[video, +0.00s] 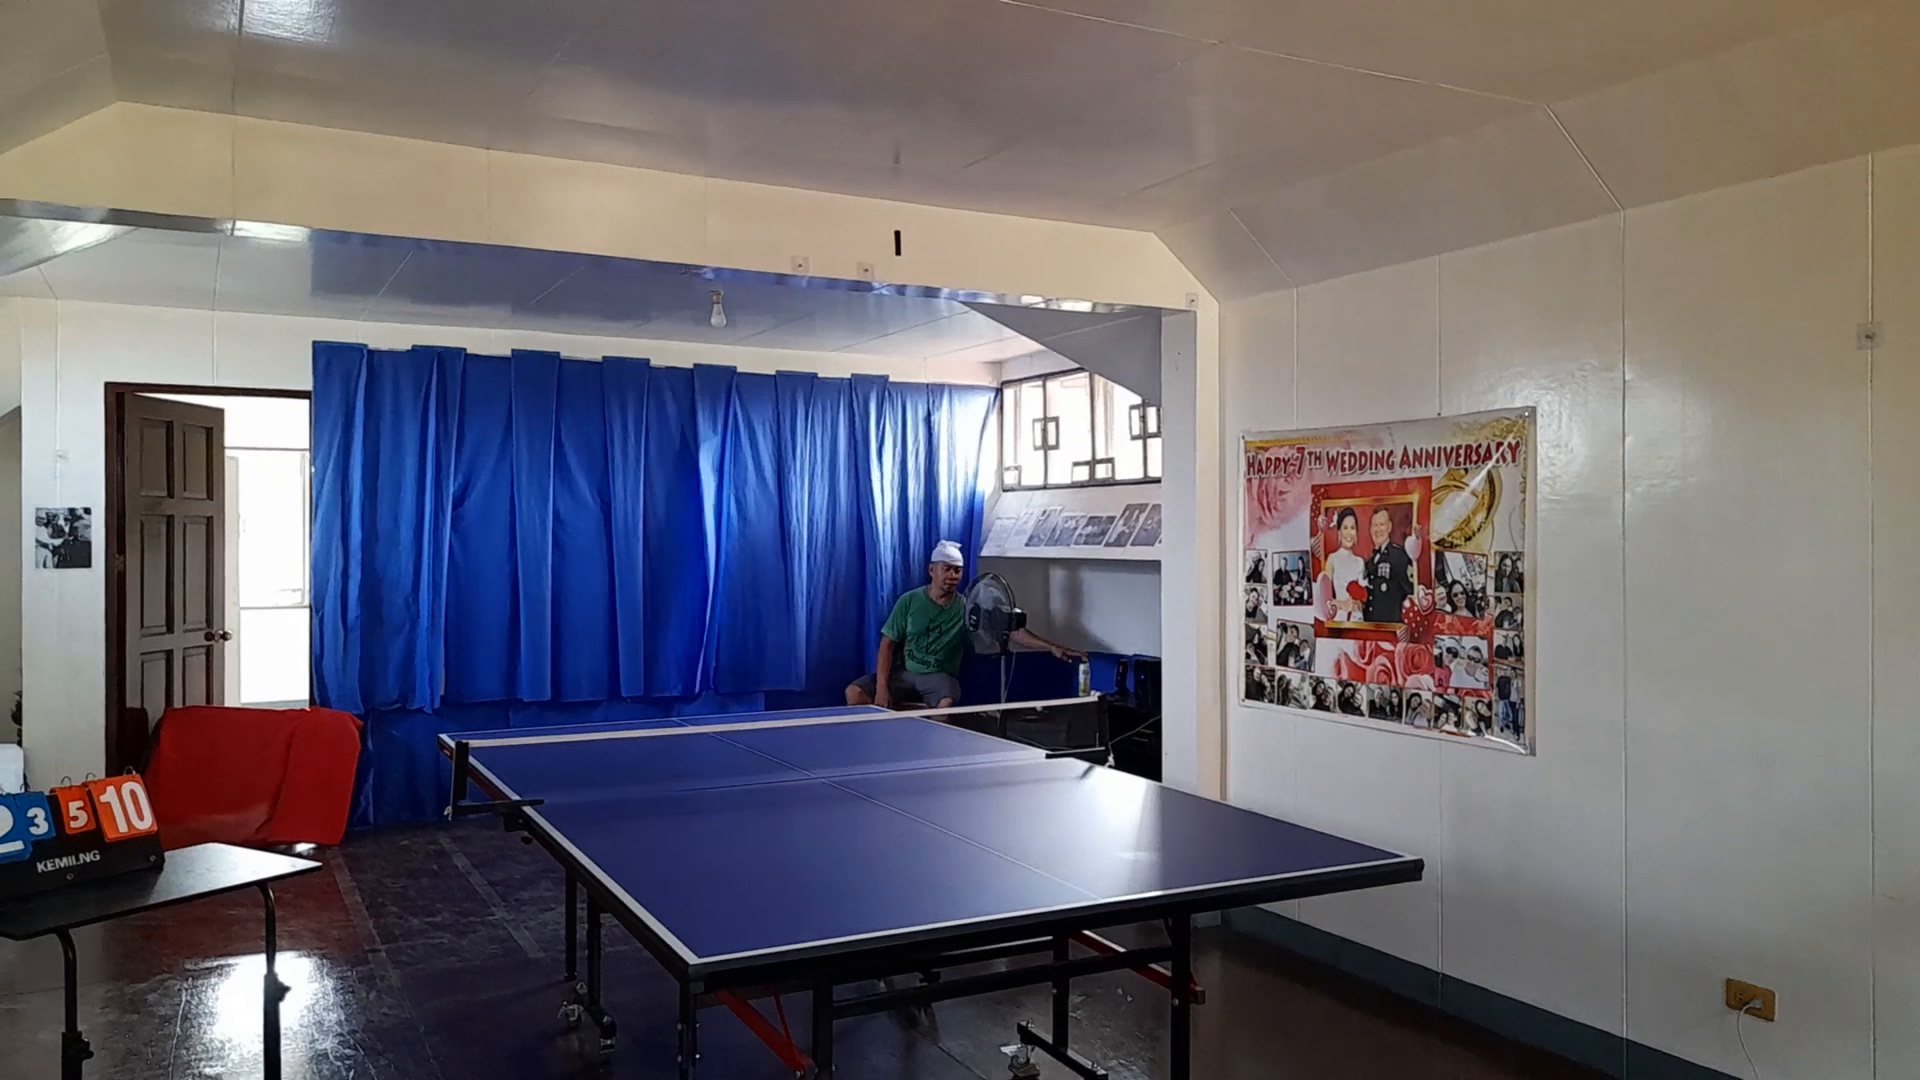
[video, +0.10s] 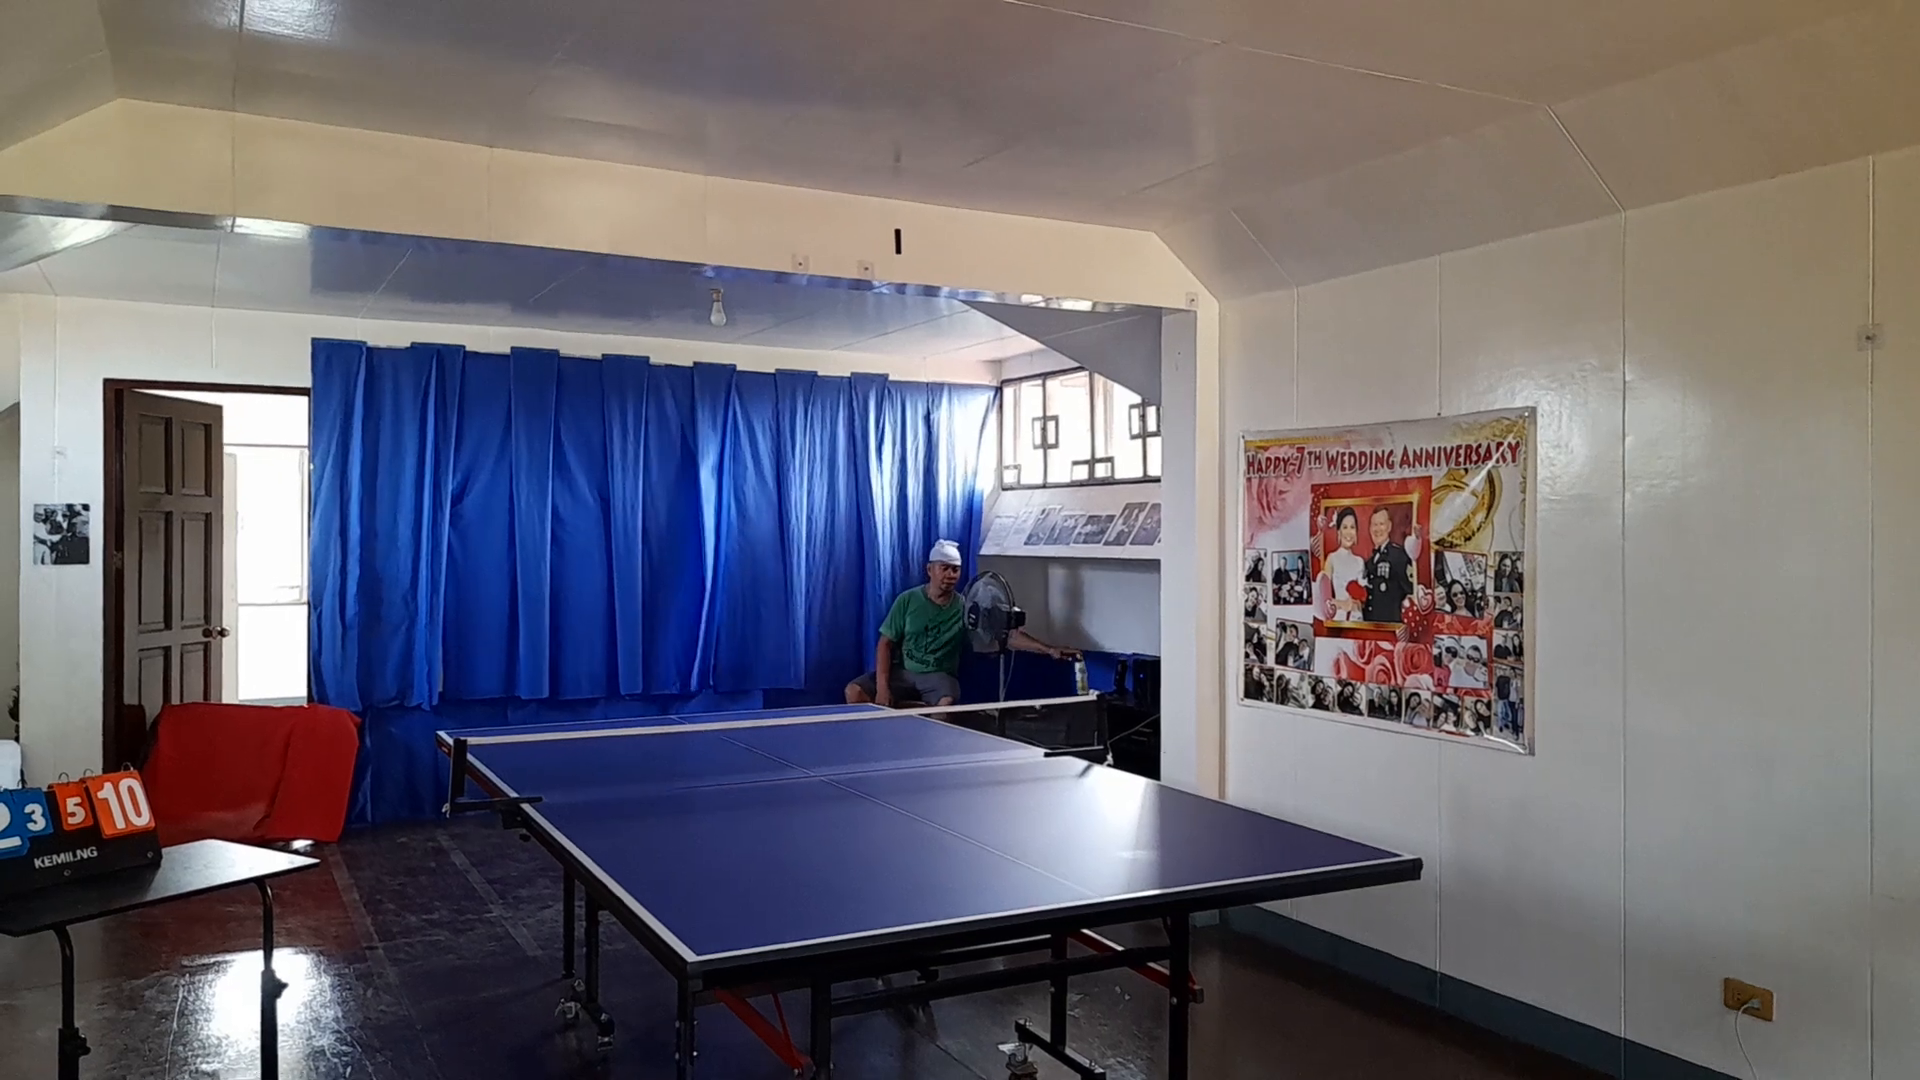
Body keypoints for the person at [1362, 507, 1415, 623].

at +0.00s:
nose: (1378, 529)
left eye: (1382, 524)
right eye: (1374, 525)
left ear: (1390, 527)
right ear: (1370, 528)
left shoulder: (1399, 554)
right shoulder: (1369, 562)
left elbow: (1408, 589)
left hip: (1393, 620)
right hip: (1371, 621)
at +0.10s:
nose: (1377, 529)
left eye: (1381, 524)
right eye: (1374, 524)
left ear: (1389, 526)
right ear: (1369, 528)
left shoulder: (1398, 554)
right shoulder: (1369, 562)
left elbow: (1408, 588)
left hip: (1392, 620)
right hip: (1370, 620)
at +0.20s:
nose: (1376, 526)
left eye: (1380, 521)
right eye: (1373, 521)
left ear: (1388, 523)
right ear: (1368, 524)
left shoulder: (1398, 551)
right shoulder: (1367, 559)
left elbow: (1407, 586)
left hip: (1391, 618)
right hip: (1369, 618)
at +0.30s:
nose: (1377, 528)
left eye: (1382, 524)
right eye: (1374, 524)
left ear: (1390, 526)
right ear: (1370, 527)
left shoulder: (1399, 553)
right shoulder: (1369, 561)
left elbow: (1407, 588)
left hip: (1392, 619)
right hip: (1371, 620)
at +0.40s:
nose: (1377, 528)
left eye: (1381, 524)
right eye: (1374, 524)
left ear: (1389, 526)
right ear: (1369, 527)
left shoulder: (1398, 554)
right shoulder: (1369, 561)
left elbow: (1407, 588)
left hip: (1391, 619)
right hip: (1370, 620)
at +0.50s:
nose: (1376, 527)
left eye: (1381, 523)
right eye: (1373, 523)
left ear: (1388, 525)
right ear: (1369, 526)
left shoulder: (1398, 553)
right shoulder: (1368, 561)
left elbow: (1406, 587)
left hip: (1391, 618)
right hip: (1369, 619)